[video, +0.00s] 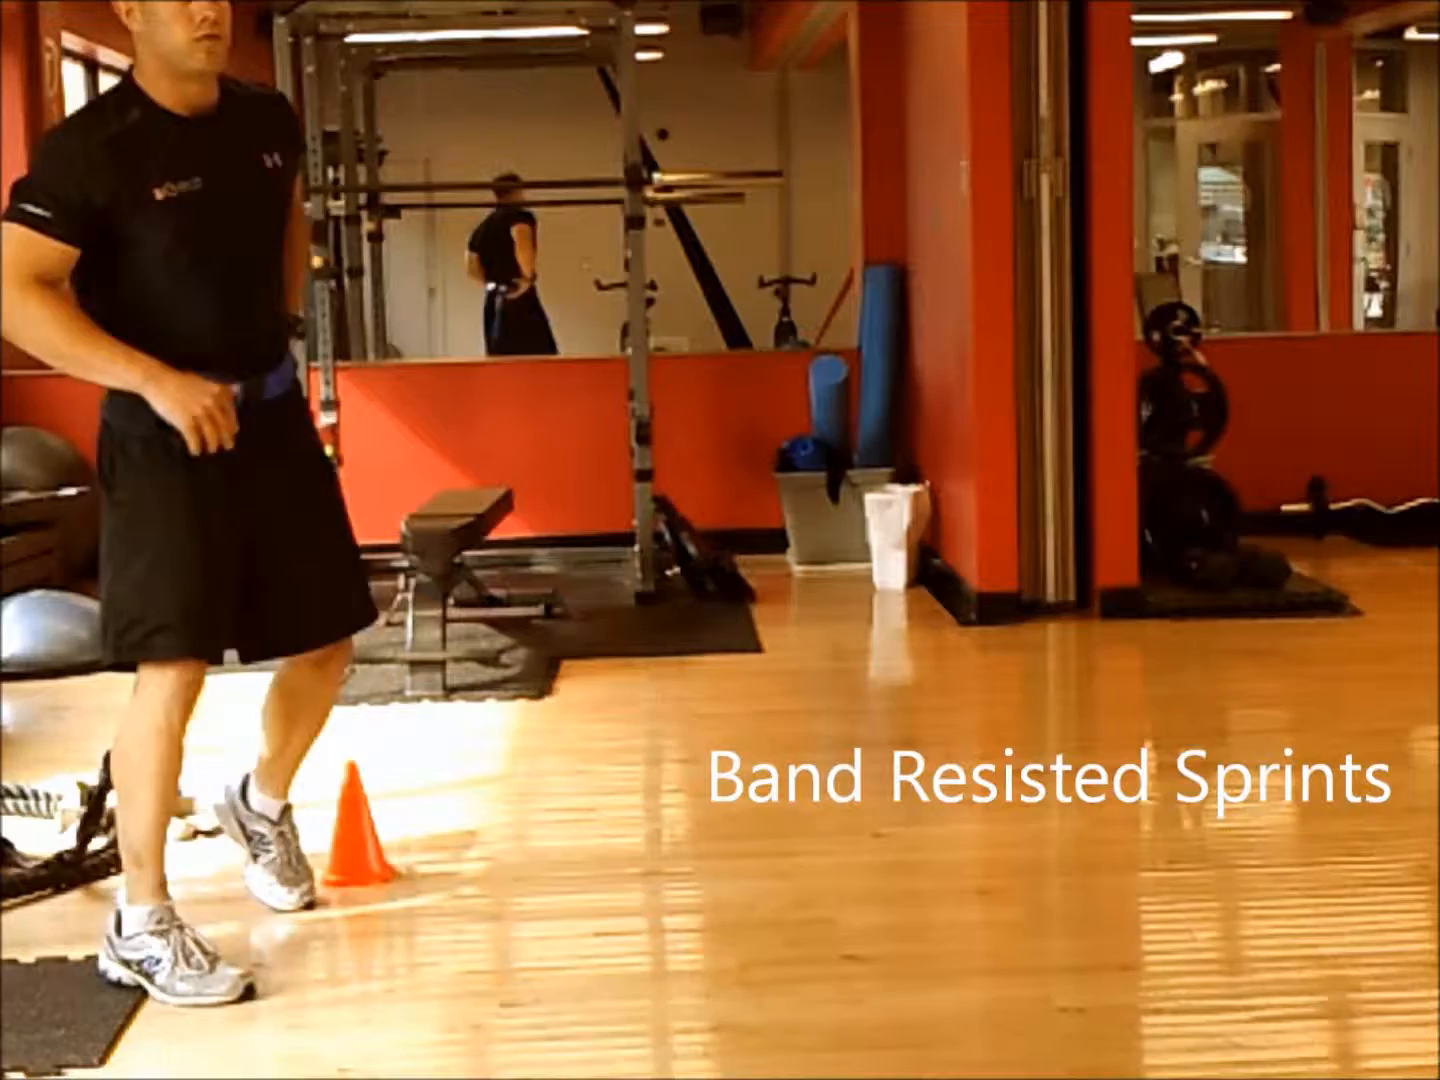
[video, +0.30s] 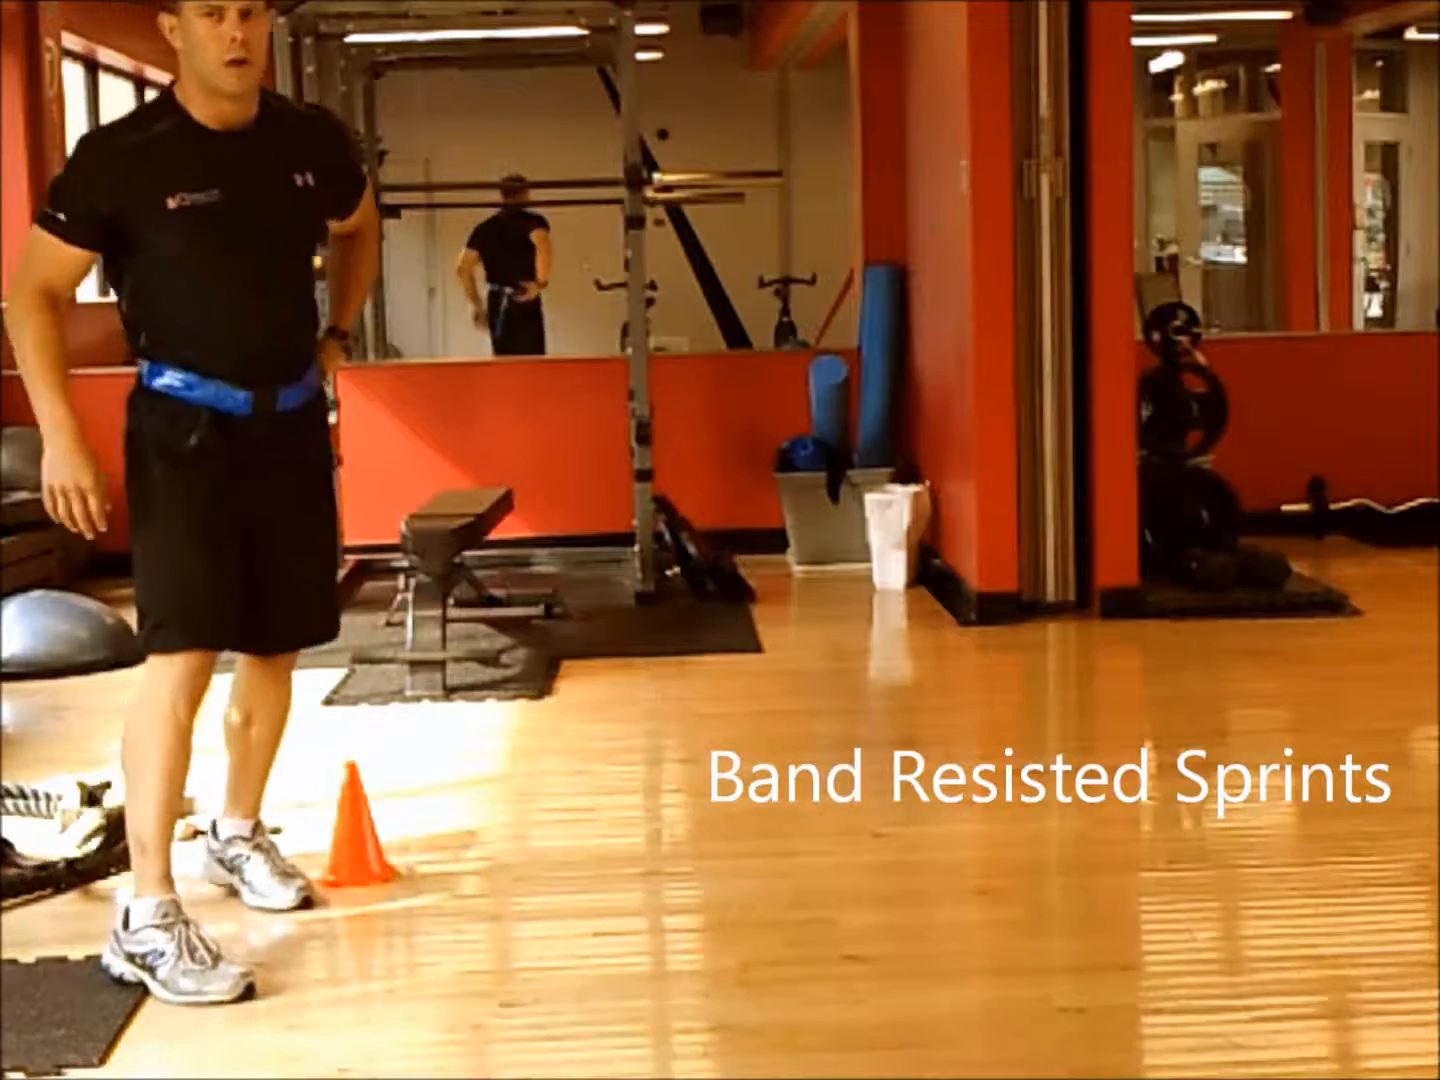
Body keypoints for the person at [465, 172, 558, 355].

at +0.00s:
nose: (523, 195)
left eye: (521, 190)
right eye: (520, 190)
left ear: (497, 194)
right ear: (515, 192)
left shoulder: (483, 226)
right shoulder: (520, 216)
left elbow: (472, 267)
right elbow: (522, 242)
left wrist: (494, 281)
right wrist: (529, 276)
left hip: (495, 297)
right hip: (521, 294)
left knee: (500, 355)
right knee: (536, 354)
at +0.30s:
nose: (528, 196)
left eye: (524, 192)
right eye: (526, 192)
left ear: (503, 196)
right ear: (525, 195)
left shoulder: (485, 227)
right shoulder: (534, 222)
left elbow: (464, 268)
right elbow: (542, 246)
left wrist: (476, 304)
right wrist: (540, 282)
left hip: (496, 298)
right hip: (528, 296)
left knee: (504, 360)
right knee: (532, 359)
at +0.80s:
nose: (538, 197)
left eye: (537, 193)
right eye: (537, 193)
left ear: (512, 194)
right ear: (533, 195)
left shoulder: (489, 223)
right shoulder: (537, 224)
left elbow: (465, 263)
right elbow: (547, 261)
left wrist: (472, 304)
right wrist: (563, 296)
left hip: (494, 299)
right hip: (524, 300)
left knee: (498, 359)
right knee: (528, 359)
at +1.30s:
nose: (557, 210)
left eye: (555, 204)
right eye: (556, 205)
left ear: (535, 203)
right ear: (554, 206)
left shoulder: (506, 227)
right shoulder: (557, 235)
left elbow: (473, 259)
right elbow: (564, 273)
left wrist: (473, 301)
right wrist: (579, 305)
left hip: (499, 301)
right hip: (529, 306)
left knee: (510, 363)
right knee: (530, 364)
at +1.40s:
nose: (566, 217)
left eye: (566, 213)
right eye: (566, 213)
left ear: (544, 210)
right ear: (561, 212)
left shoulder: (517, 229)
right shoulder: (564, 237)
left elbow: (476, 252)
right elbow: (573, 272)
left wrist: (469, 294)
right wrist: (587, 297)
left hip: (503, 305)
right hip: (531, 309)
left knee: (516, 363)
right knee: (529, 365)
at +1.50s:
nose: (575, 223)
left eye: (574, 218)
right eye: (574, 218)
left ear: (552, 216)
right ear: (572, 218)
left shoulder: (527, 235)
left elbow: (487, 251)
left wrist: (477, 287)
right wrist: (595, 288)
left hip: (509, 306)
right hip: (537, 312)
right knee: (538, 369)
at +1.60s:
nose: (583, 232)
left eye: (582, 228)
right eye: (582, 228)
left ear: (560, 226)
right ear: (580, 227)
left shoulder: (533, 243)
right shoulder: (580, 248)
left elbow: (500, 267)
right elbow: (582, 274)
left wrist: (501, 305)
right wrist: (592, 314)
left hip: (519, 313)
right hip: (549, 317)